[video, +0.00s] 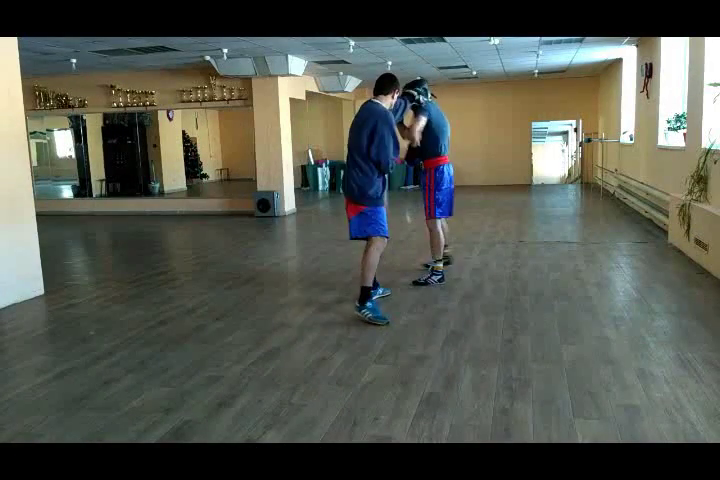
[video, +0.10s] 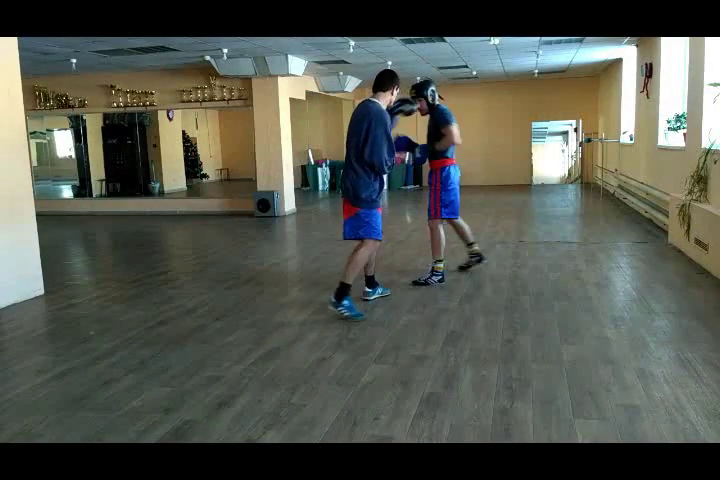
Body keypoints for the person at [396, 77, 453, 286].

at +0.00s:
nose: (407, 101)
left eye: (408, 98)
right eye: (406, 98)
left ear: (414, 95)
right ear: (425, 93)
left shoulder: (424, 108)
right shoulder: (433, 108)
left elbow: (414, 134)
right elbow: (407, 135)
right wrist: (398, 120)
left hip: (434, 168)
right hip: (441, 166)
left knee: (433, 220)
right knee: (439, 216)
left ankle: (437, 269)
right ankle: (443, 253)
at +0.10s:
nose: (417, 107)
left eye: (419, 101)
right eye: (416, 102)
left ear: (428, 98)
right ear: (429, 98)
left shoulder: (441, 112)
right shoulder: (436, 114)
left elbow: (453, 138)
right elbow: (441, 141)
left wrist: (431, 149)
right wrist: (419, 148)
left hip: (442, 170)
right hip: (446, 168)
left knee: (435, 220)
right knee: (451, 216)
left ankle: (437, 271)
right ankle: (475, 252)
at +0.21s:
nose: (419, 107)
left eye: (421, 102)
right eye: (417, 103)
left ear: (431, 98)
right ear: (427, 100)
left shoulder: (444, 113)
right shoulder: (437, 116)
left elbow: (459, 140)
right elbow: (440, 144)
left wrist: (436, 149)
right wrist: (420, 149)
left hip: (444, 170)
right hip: (446, 169)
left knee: (435, 221)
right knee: (454, 216)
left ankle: (437, 271)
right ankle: (479, 253)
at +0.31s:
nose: (434, 111)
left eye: (435, 106)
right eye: (430, 107)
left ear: (446, 101)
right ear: (430, 107)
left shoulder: (462, 117)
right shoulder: (447, 123)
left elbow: (475, 144)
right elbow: (452, 151)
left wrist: (448, 145)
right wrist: (434, 146)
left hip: (461, 171)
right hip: (457, 171)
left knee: (449, 219)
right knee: (466, 217)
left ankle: (444, 270)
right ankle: (485, 260)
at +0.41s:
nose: (436, 109)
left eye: (438, 104)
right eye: (433, 106)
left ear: (449, 100)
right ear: (435, 105)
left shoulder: (465, 115)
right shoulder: (450, 121)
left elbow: (478, 142)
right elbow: (453, 151)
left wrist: (452, 142)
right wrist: (438, 143)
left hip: (463, 168)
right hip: (460, 168)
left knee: (452, 219)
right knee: (468, 216)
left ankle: (456, 270)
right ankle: (485, 259)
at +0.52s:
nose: (442, 110)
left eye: (443, 105)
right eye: (439, 106)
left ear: (454, 100)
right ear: (442, 104)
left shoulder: (469, 115)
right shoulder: (455, 121)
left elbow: (480, 144)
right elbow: (456, 153)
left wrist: (453, 141)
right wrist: (441, 143)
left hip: (467, 170)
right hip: (462, 170)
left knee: (457, 220)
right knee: (470, 219)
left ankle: (467, 271)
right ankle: (485, 260)